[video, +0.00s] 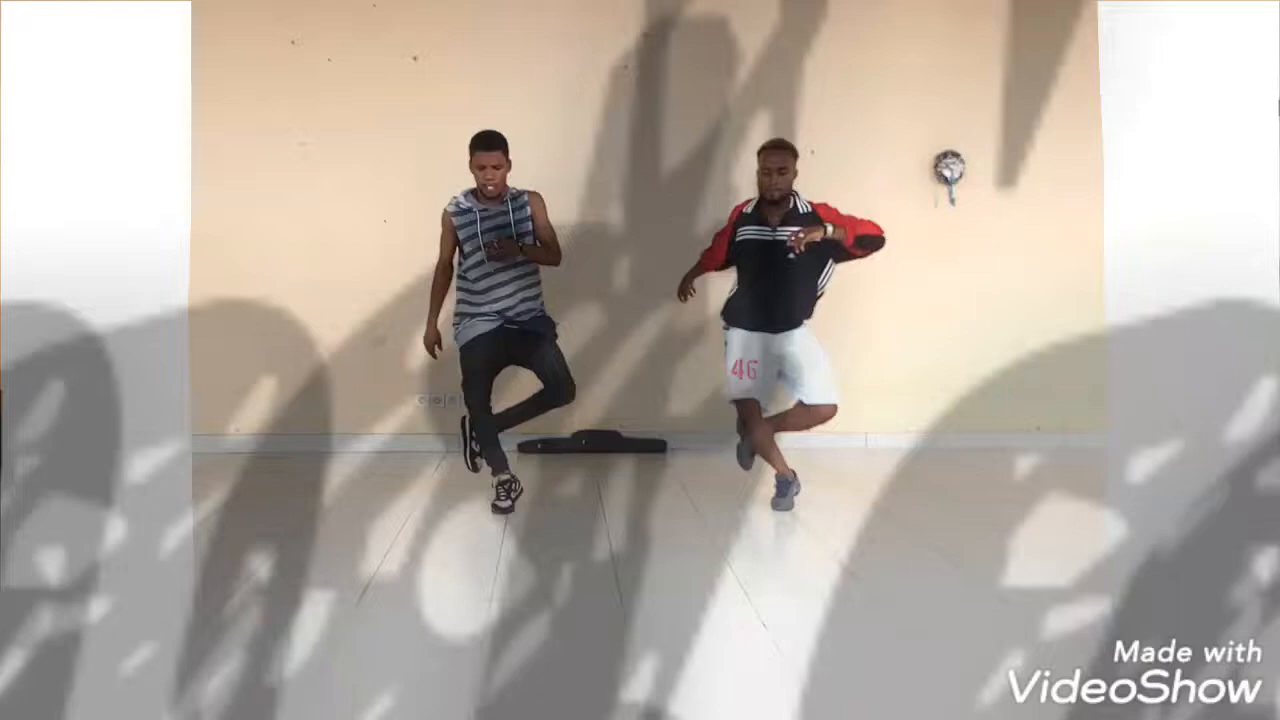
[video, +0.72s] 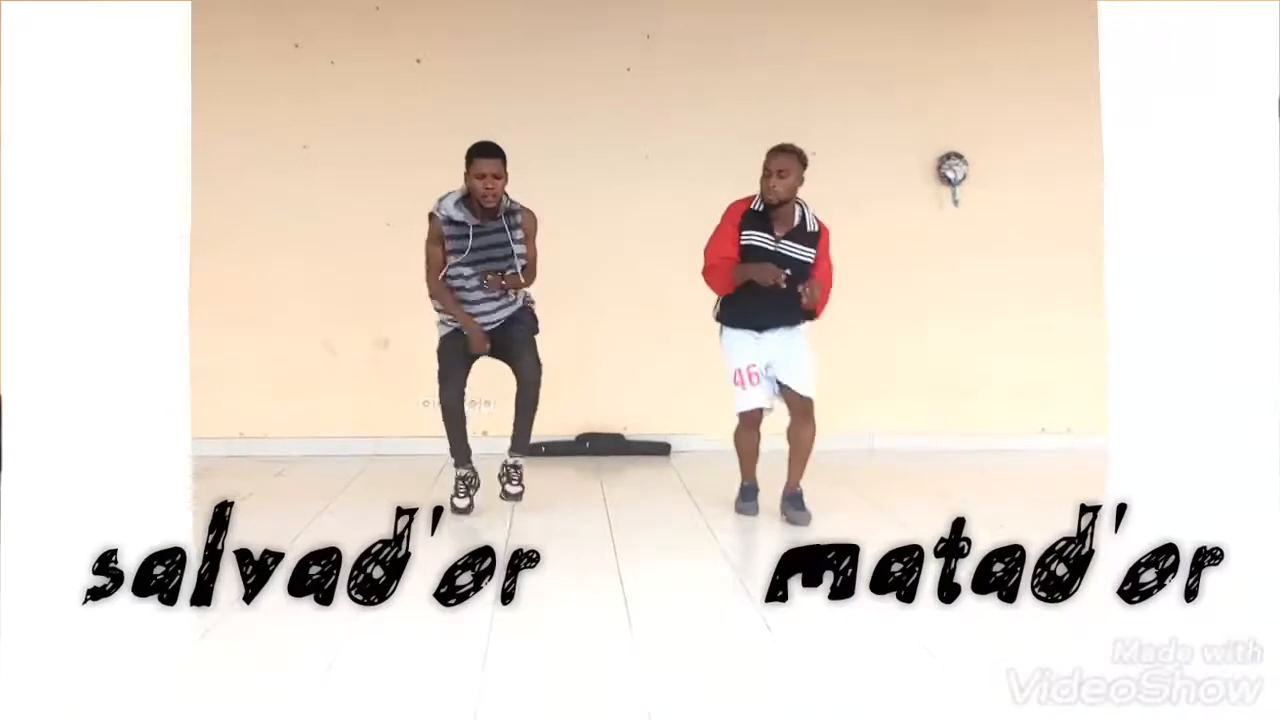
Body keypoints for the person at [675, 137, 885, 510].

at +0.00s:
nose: (772, 179)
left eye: (781, 171)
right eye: (765, 171)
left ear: (795, 174)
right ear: (757, 174)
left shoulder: (817, 217)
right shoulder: (742, 217)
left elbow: (875, 238)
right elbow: (719, 253)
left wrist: (827, 232)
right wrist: (692, 274)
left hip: (793, 330)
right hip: (745, 329)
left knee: (822, 407)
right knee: (749, 414)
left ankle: (756, 430)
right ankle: (785, 476)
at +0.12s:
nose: (773, 170)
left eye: (781, 163)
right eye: (767, 163)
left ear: (794, 166)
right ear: (757, 165)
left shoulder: (815, 205)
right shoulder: (743, 209)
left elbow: (864, 243)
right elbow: (730, 258)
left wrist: (825, 251)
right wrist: (714, 287)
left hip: (798, 318)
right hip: (753, 316)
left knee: (799, 419)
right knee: (769, 397)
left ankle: (774, 453)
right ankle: (784, 474)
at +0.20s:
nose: (770, 173)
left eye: (777, 166)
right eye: (763, 166)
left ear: (791, 167)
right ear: (753, 167)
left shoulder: (808, 211)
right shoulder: (739, 210)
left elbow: (832, 262)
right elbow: (729, 265)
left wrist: (817, 304)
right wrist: (726, 311)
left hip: (792, 315)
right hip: (746, 314)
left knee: (791, 397)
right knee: (748, 394)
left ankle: (782, 479)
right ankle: (757, 471)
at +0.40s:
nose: (770, 175)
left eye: (778, 168)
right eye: (763, 168)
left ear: (792, 171)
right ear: (754, 171)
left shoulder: (815, 220)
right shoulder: (738, 217)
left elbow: (845, 271)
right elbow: (729, 266)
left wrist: (821, 300)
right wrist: (716, 306)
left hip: (796, 325)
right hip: (750, 323)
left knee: (797, 396)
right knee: (748, 400)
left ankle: (786, 462)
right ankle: (737, 491)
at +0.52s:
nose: (773, 162)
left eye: (782, 155)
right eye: (768, 153)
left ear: (797, 156)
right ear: (759, 152)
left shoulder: (818, 198)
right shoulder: (741, 189)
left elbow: (839, 245)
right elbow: (721, 230)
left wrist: (829, 268)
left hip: (791, 308)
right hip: (745, 306)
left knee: (811, 399)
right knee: (747, 390)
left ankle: (786, 445)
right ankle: (742, 466)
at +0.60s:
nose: (775, 164)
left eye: (784, 157)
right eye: (770, 155)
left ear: (801, 159)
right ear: (762, 156)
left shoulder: (819, 204)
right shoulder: (740, 190)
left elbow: (828, 250)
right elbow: (710, 241)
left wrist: (825, 291)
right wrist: (719, 211)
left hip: (790, 306)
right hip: (743, 306)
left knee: (821, 371)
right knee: (750, 397)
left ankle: (787, 440)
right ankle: (742, 473)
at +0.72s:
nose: (772, 181)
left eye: (782, 175)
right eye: (767, 173)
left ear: (800, 180)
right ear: (761, 176)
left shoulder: (815, 230)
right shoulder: (739, 214)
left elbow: (821, 288)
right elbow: (714, 271)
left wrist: (812, 299)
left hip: (788, 330)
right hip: (741, 330)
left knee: (803, 409)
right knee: (751, 412)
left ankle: (793, 492)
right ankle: (748, 485)